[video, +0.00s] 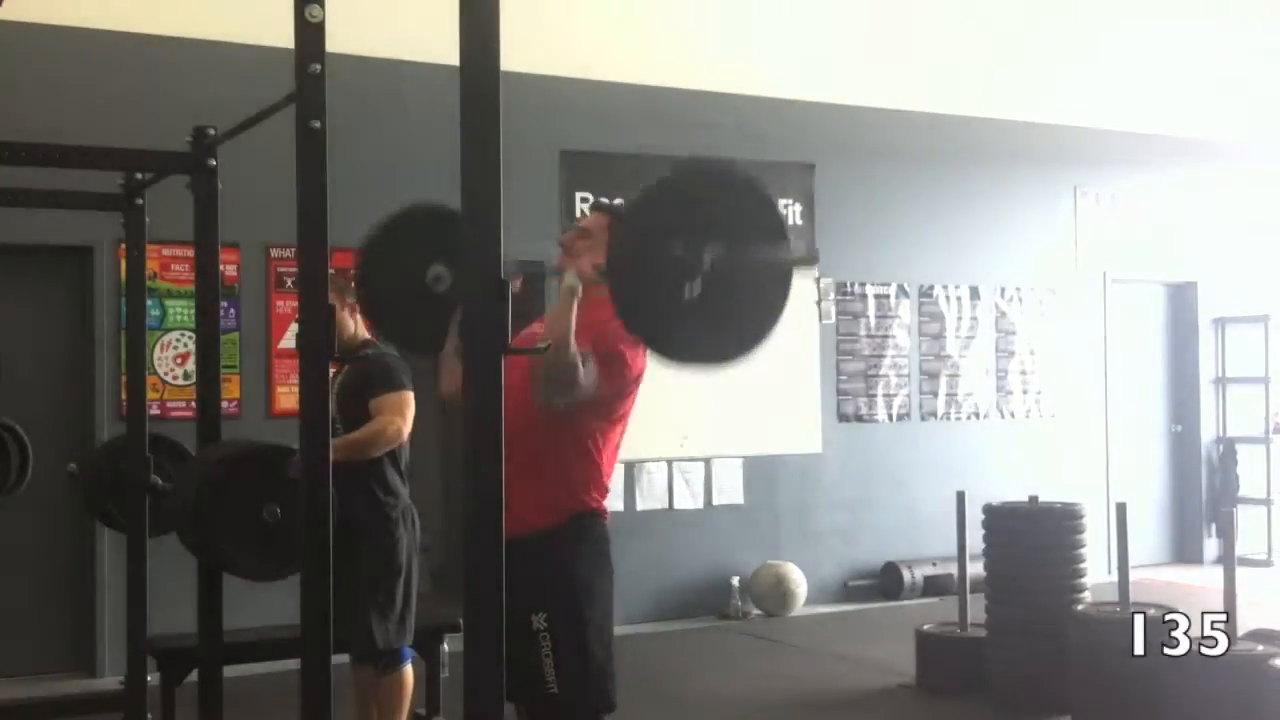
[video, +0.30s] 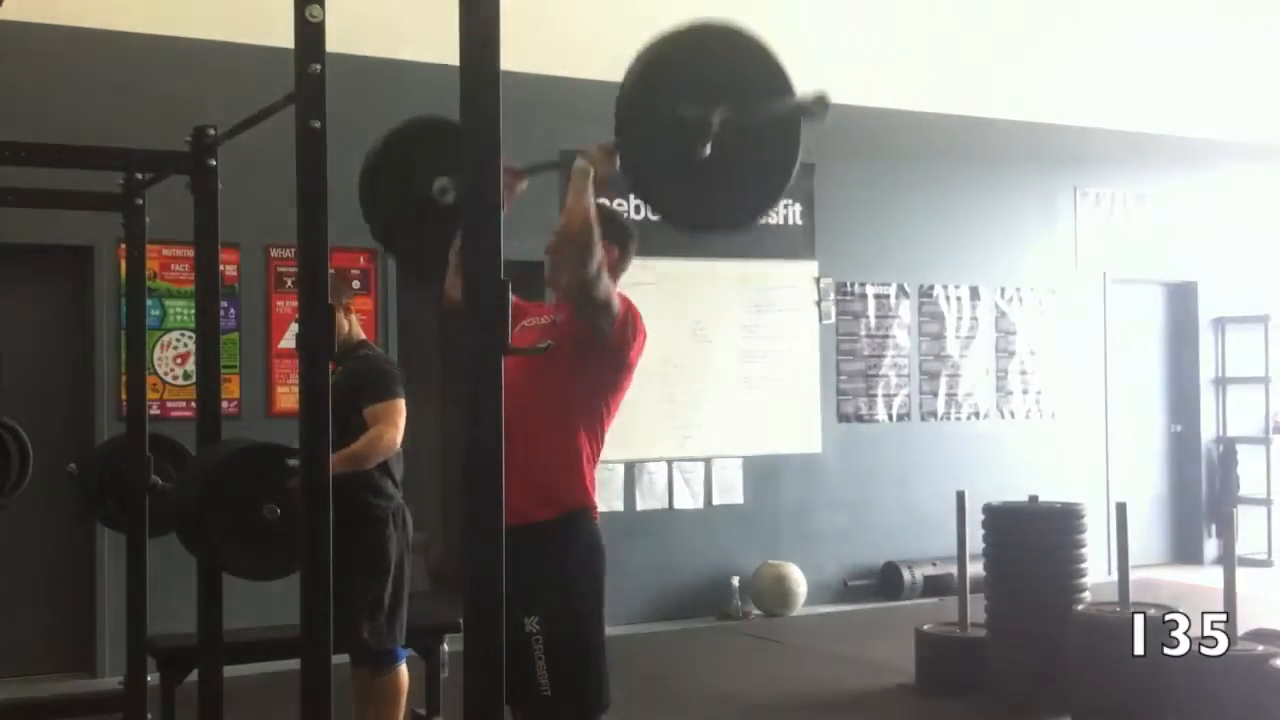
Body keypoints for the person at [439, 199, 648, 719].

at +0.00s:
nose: (566, 238)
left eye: (584, 234)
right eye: (571, 230)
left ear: (614, 257)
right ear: (571, 250)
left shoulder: (619, 330)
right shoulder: (539, 328)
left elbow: (558, 388)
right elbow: (453, 384)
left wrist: (568, 291)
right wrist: (466, 299)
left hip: (565, 533)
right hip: (508, 532)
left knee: (571, 698)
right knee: (518, 694)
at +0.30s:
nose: (557, 254)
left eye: (572, 246)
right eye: (557, 244)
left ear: (610, 259)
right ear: (550, 250)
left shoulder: (615, 330)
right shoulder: (522, 317)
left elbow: (577, 253)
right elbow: (458, 287)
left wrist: (582, 170)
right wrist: (491, 206)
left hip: (557, 534)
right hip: (494, 530)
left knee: (565, 699)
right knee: (495, 694)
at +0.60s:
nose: (507, 243)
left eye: (521, 234)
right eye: (507, 233)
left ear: (564, 241)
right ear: (509, 242)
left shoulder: (591, 307)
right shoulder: (498, 305)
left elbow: (597, 198)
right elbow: (474, 227)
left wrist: (596, 104)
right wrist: (499, 152)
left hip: (563, 527)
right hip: (495, 526)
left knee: (579, 695)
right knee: (507, 690)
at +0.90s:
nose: (498, 244)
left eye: (508, 231)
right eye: (496, 231)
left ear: (547, 241)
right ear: (510, 243)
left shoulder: (583, 301)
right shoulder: (497, 305)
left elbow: (587, 189)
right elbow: (500, 210)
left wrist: (596, 79)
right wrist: (507, 124)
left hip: (571, 522)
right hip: (502, 524)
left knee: (597, 689)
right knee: (522, 685)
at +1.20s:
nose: (504, 235)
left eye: (516, 225)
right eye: (504, 225)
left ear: (556, 235)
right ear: (511, 237)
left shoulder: (589, 294)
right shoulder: (501, 299)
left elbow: (590, 182)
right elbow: (492, 217)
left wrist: (593, 90)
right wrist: (504, 140)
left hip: (574, 521)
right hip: (504, 521)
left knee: (599, 685)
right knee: (523, 681)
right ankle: (550, 709)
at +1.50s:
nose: (568, 241)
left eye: (585, 235)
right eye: (568, 231)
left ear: (618, 257)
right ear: (556, 239)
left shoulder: (613, 325)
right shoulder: (524, 315)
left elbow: (569, 252)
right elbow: (464, 277)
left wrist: (579, 156)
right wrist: (496, 198)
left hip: (570, 534)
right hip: (503, 531)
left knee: (583, 697)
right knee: (516, 692)